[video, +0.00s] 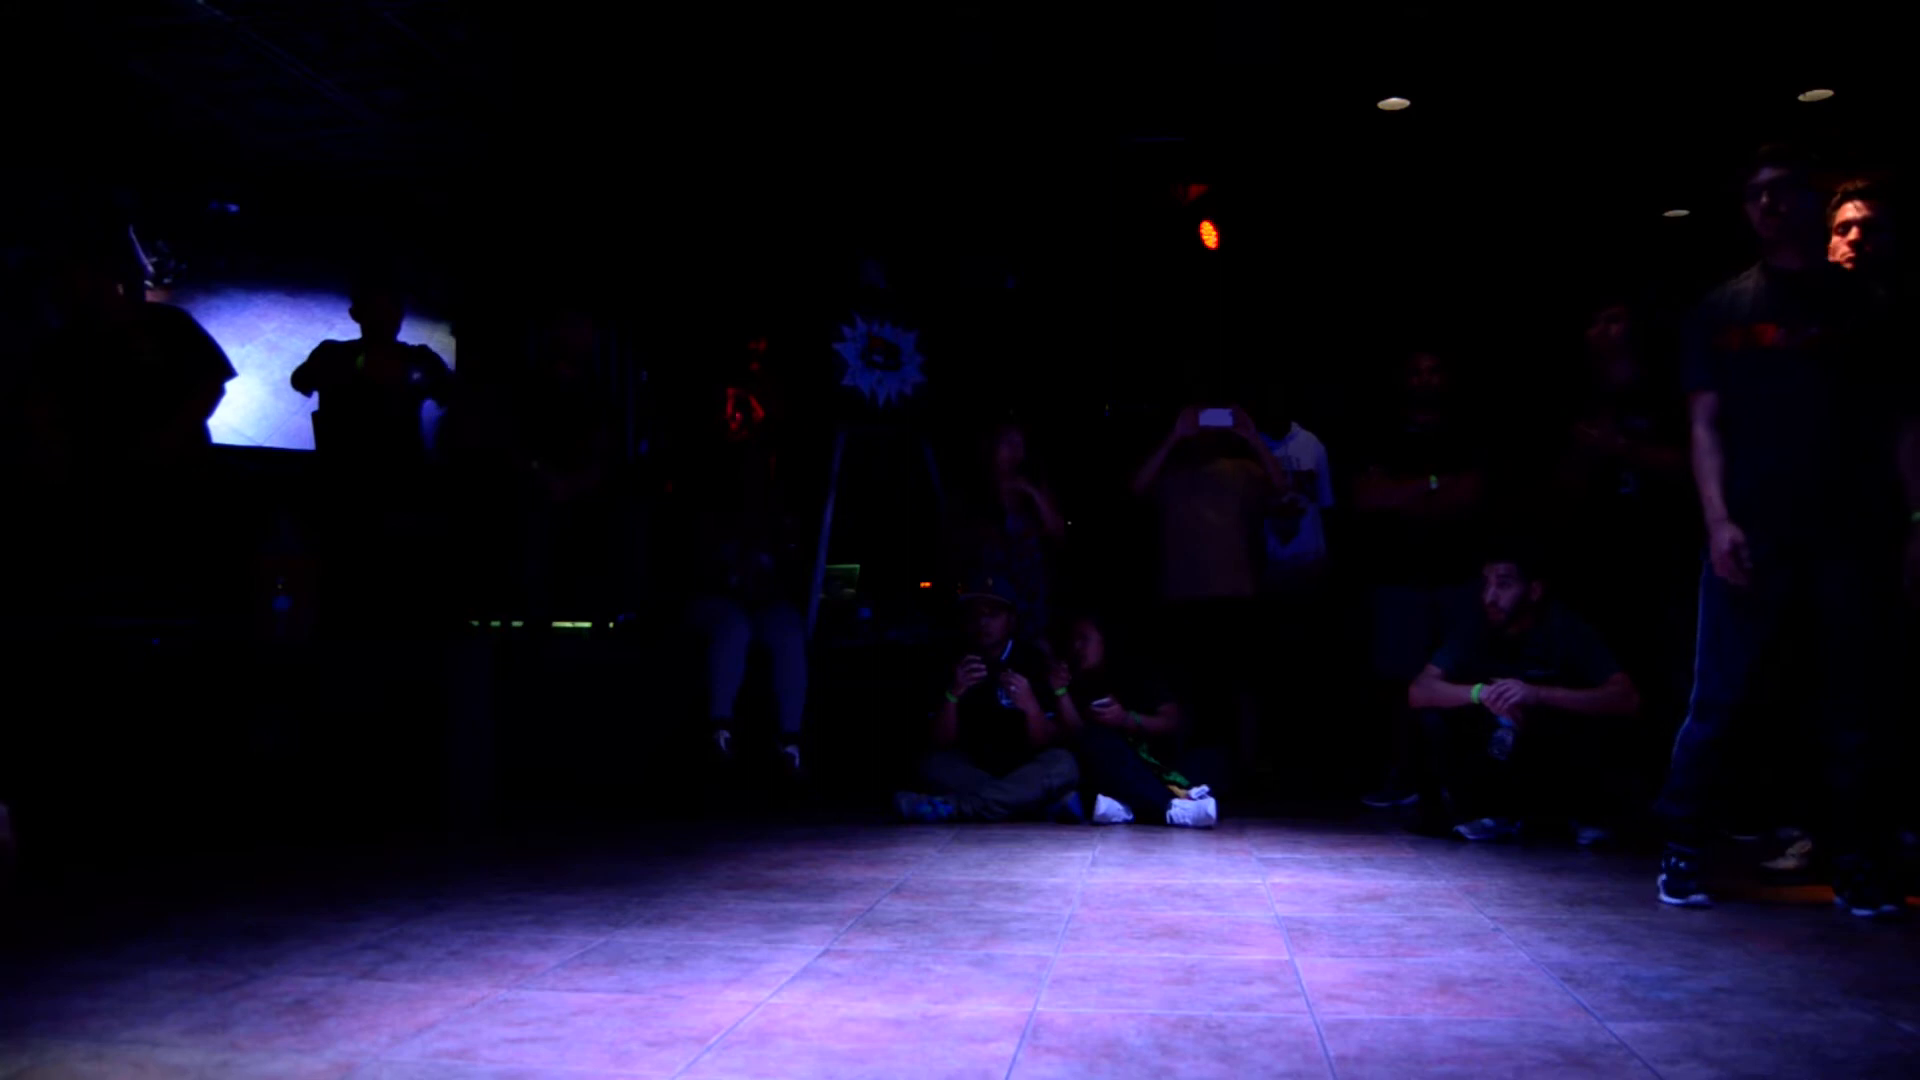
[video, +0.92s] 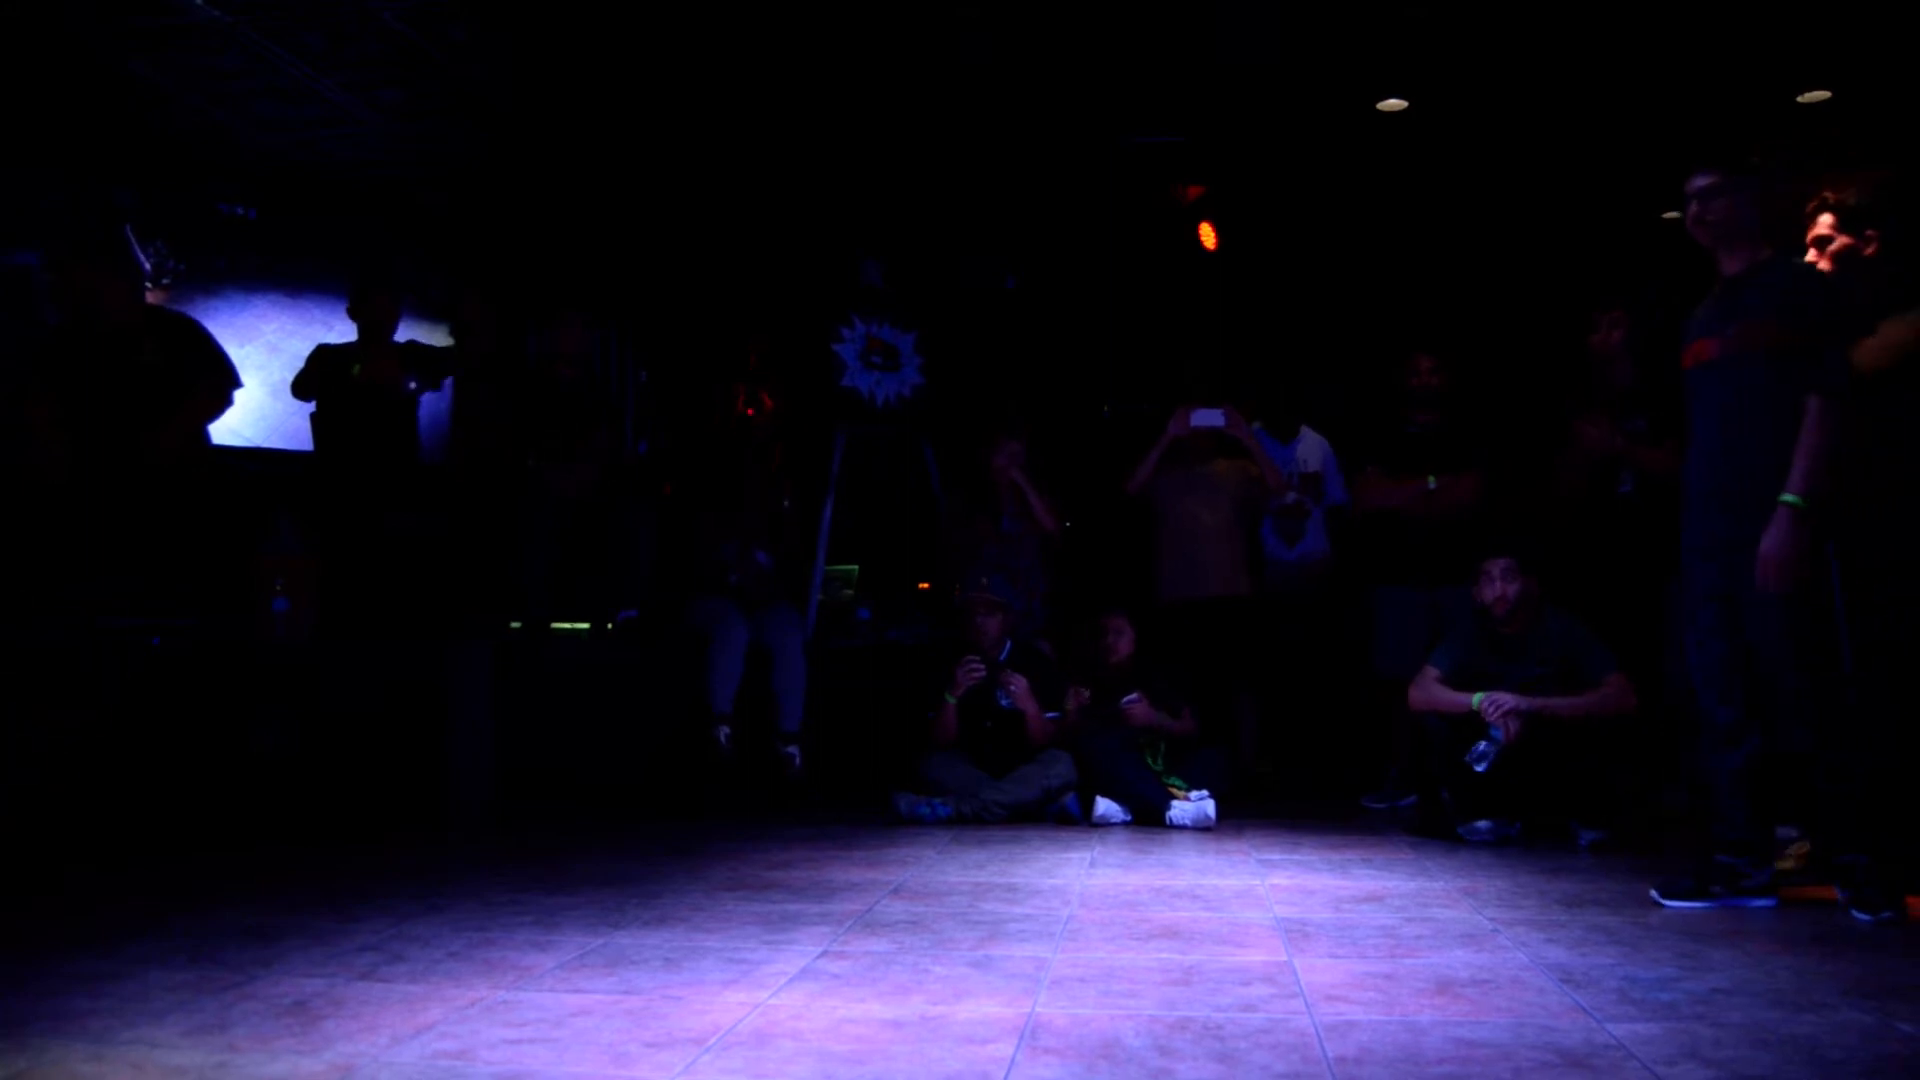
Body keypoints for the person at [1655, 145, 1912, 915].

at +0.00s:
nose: (1778, 208)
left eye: (1792, 194)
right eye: (1765, 196)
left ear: (1821, 205)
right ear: (1749, 211)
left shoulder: (1864, 300)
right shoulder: (1726, 308)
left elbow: (1899, 422)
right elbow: (1705, 423)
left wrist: (1909, 525)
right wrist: (1718, 521)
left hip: (1853, 528)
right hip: (1756, 530)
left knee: (1858, 701)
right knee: (1720, 699)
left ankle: (1862, 868)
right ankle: (1685, 855)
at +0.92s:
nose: (1702, 214)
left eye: (1716, 197)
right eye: (1694, 202)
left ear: (1756, 202)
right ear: (1688, 219)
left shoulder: (1804, 292)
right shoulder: (1707, 308)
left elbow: (1823, 405)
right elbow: (1708, 429)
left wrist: (1791, 509)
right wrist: (1704, 518)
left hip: (1779, 523)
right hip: (1716, 525)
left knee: (1802, 687)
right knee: (1727, 690)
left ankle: (1854, 866)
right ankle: (1738, 857)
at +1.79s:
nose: (1675, 219)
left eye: (1690, 204)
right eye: (1669, 208)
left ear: (1728, 211)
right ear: (1666, 224)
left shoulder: (1766, 295)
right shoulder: (1687, 313)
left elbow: (1788, 416)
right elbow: (1678, 437)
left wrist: (1770, 524)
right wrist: (1645, 538)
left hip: (1744, 519)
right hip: (1696, 520)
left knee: (1694, 676)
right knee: (1725, 677)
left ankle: (1657, 853)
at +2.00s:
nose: (1654, 224)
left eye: (1668, 210)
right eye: (1649, 213)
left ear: (1709, 215)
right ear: (1649, 230)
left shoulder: (1746, 301)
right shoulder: (1679, 316)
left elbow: (1756, 426)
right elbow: (1674, 449)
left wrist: (1744, 533)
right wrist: (1651, 547)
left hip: (1725, 522)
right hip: (1690, 522)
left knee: (1681, 683)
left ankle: (1644, 847)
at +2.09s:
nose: (1650, 225)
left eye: (1665, 210)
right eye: (1646, 213)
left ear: (1708, 216)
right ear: (1649, 230)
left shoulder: (1737, 299)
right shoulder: (1683, 310)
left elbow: (1750, 427)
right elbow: (1681, 446)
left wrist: (1735, 535)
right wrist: (1660, 549)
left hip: (1717, 531)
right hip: (1694, 531)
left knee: (1683, 687)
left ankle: (1652, 852)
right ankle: (1827, 856)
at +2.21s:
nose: (1636, 224)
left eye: (1652, 211)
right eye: (1632, 213)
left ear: (1692, 218)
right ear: (1633, 229)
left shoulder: (1711, 301)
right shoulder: (1681, 304)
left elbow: (1719, 426)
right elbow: (1688, 428)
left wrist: (1700, 536)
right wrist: (1668, 534)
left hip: (1694, 531)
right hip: (1680, 527)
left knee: (1674, 696)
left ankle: (1657, 857)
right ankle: (1829, 850)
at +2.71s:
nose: (1561, 228)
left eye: (1576, 214)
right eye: (1559, 216)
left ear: (1618, 220)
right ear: (1587, 227)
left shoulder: (1628, 300)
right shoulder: (1617, 298)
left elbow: (1601, 424)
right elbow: (1600, 426)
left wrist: (1542, 521)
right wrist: (1562, 533)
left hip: (1622, 528)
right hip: (1609, 525)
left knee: (1617, 688)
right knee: (1599, 685)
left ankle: (1642, 856)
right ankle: (1622, 838)